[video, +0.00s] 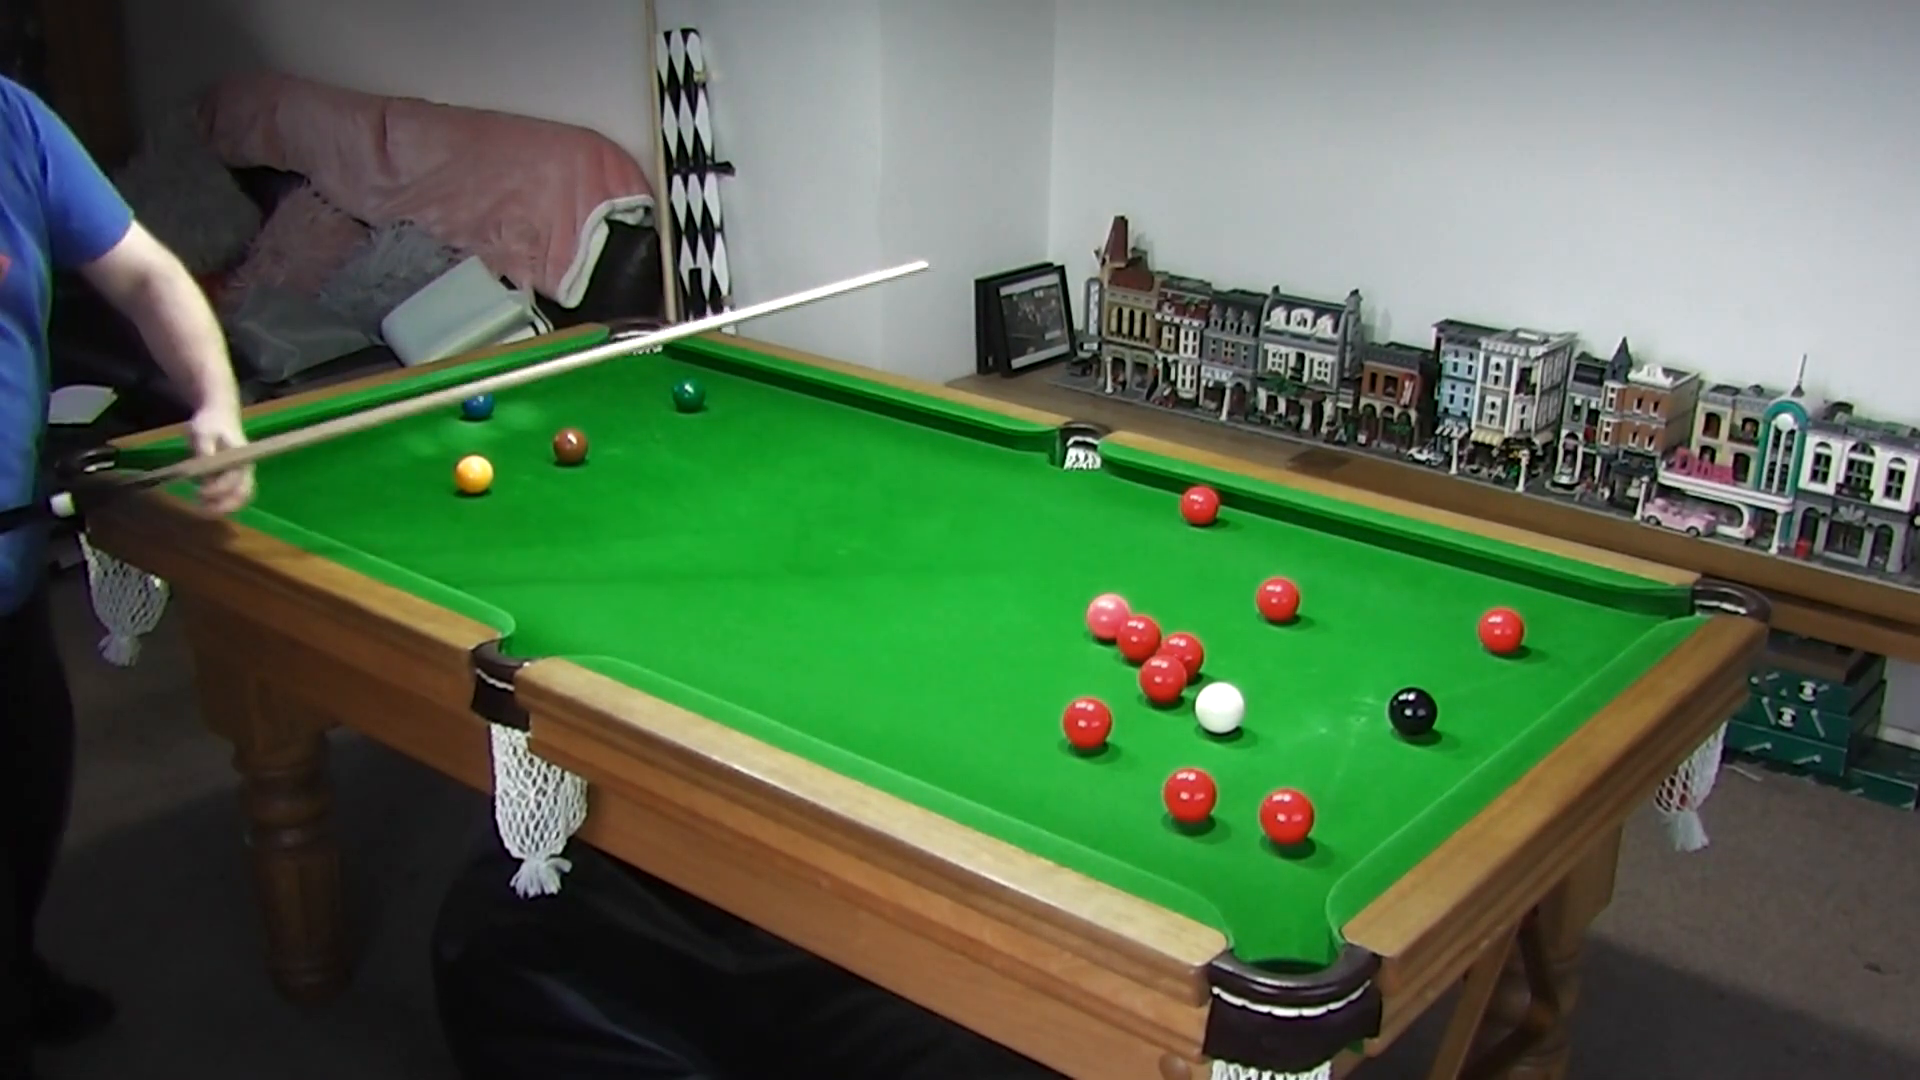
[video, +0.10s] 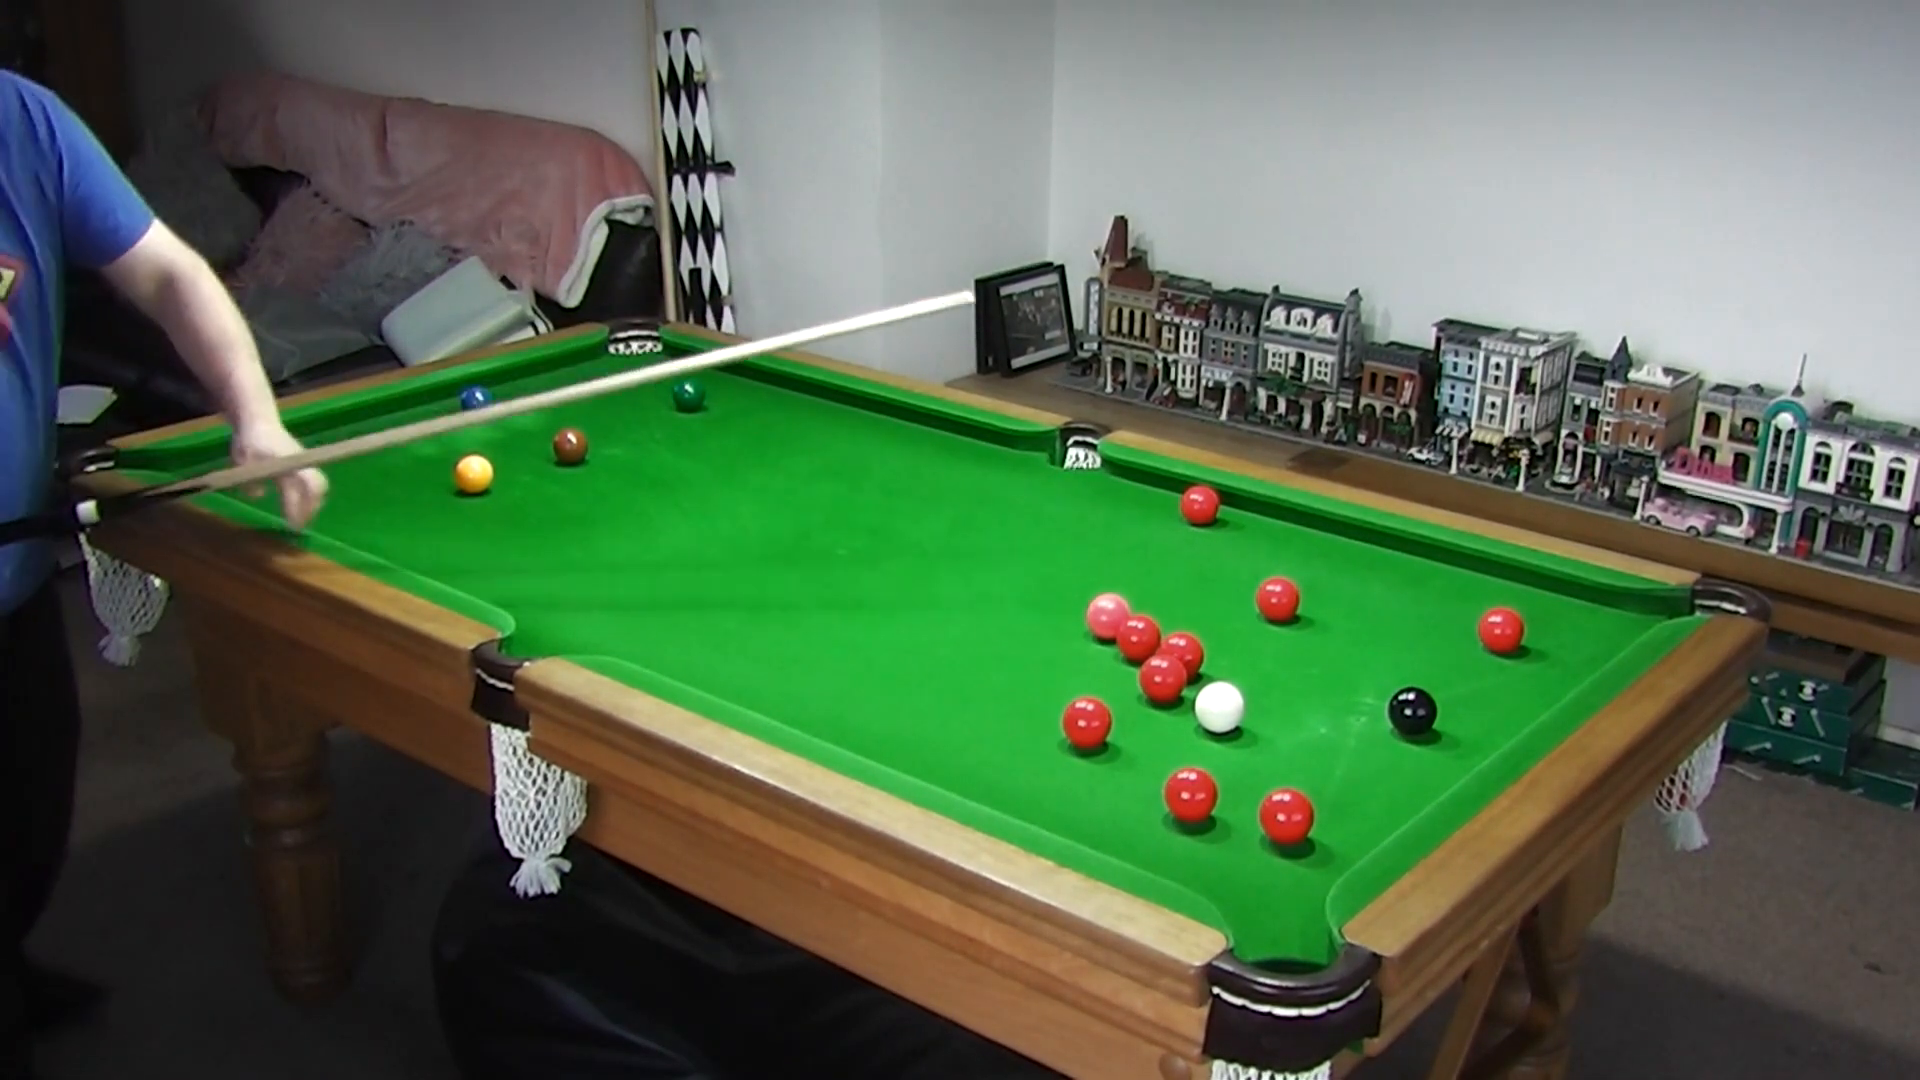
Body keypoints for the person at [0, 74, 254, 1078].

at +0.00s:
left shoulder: (17, 125)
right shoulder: (21, 126)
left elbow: (143, 271)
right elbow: (145, 272)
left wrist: (216, 404)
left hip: (15, 586)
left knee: (34, 781)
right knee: (23, 786)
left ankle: (24, 978)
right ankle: (15, 994)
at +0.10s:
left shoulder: (22, 120)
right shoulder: (29, 121)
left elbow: (168, 273)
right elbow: (171, 273)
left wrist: (258, 421)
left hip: (21, 593)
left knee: (33, 813)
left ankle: (16, 967)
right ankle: (14, 994)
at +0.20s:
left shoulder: (29, 115)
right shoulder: (34, 116)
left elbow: (182, 271)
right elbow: (184, 271)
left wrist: (285, 428)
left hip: (16, 599)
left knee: (23, 821)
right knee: (11, 831)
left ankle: (8, 982)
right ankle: (7, 1003)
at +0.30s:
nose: (11, 121)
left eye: (12, 90)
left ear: (25, 75)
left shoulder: (63, 141)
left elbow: (229, 292)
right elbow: (230, 289)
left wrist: (337, 451)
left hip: (24, 557)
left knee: (14, 808)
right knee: (13, 807)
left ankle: (17, 990)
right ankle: (14, 998)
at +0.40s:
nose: (37, 141)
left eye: (41, 104)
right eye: (6, 121)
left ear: (50, 81)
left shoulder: (90, 168)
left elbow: (259, 315)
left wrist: (379, 475)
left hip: (23, 574)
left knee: (27, 828)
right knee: (26, 827)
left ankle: (51, 1034)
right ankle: (44, 1031)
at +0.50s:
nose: (109, 202)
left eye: (110, 166)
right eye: (68, 188)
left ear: (119, 145)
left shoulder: (151, 214)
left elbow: (319, 360)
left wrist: (452, 517)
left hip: (24, 568)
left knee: (25, 803)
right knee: (22, 804)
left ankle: (91, 1022)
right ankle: (87, 1016)